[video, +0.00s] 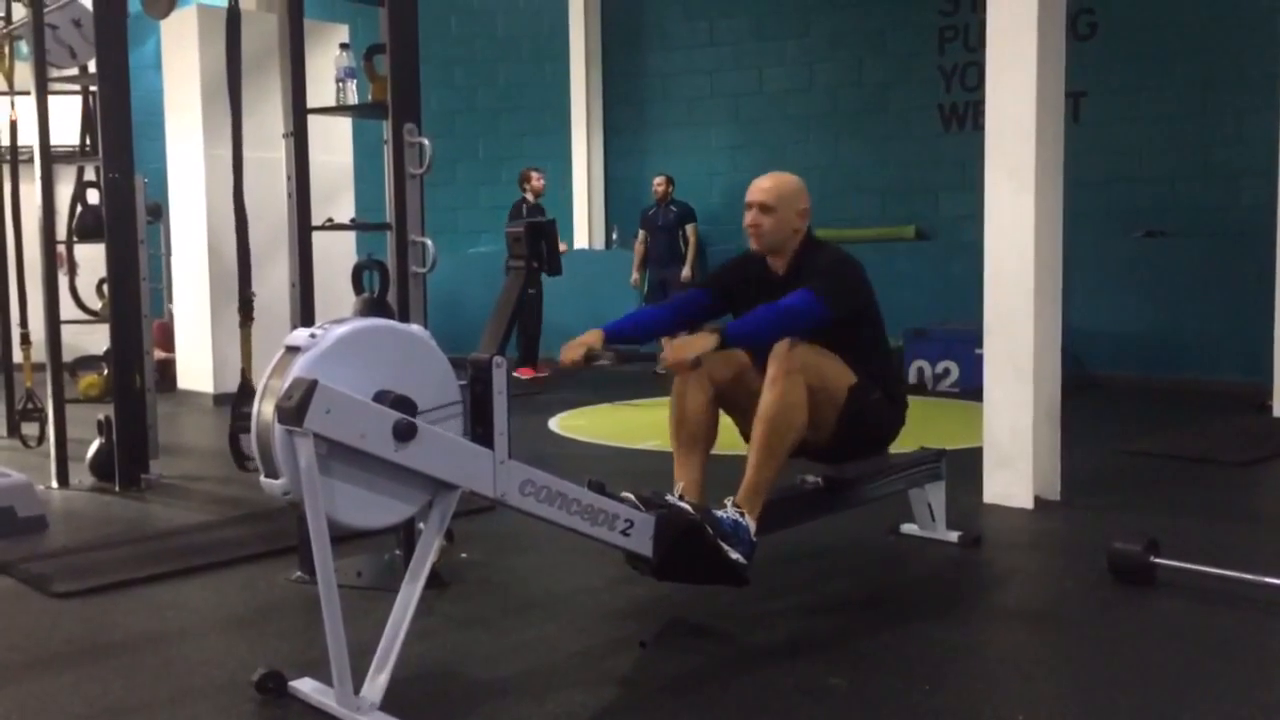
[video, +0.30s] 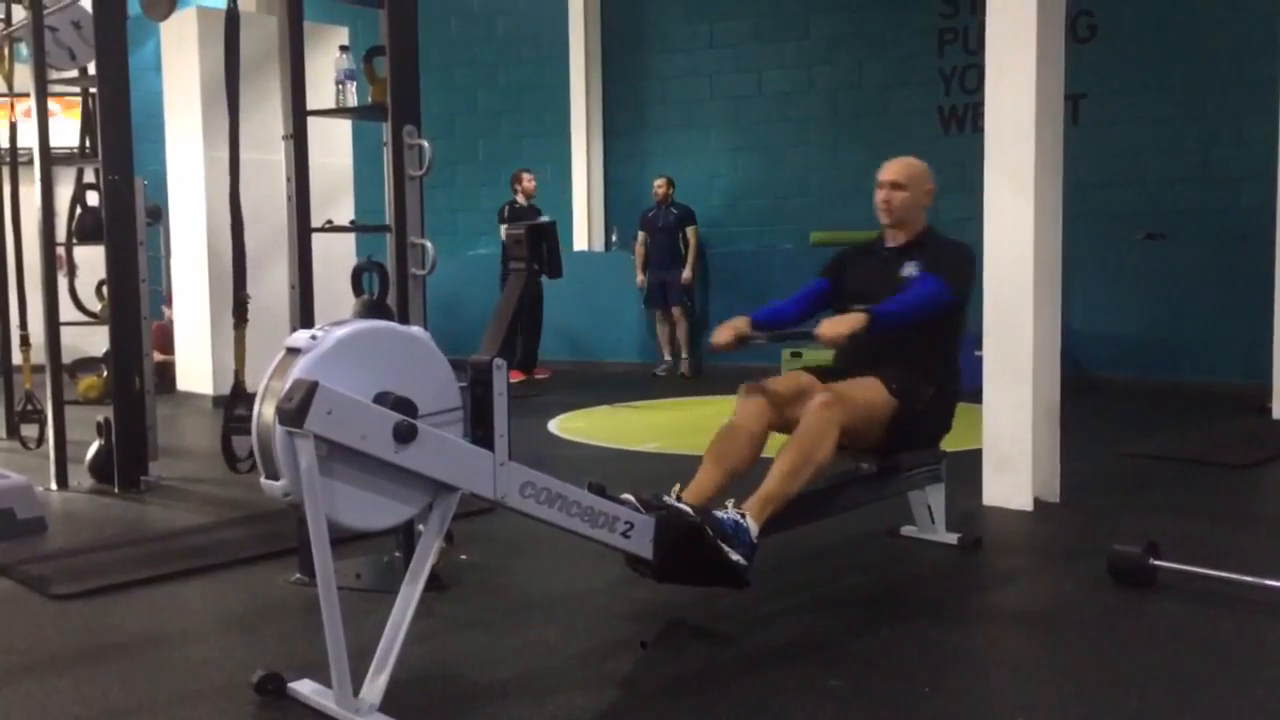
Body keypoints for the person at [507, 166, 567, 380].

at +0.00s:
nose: (543, 183)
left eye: (542, 179)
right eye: (538, 180)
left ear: (536, 185)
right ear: (527, 184)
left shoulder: (538, 209)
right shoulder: (520, 208)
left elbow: (539, 240)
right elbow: (524, 241)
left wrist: (554, 247)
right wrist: (553, 248)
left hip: (535, 269)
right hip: (523, 269)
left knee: (533, 318)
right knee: (526, 318)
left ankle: (531, 363)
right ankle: (524, 364)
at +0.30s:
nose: (534, 184)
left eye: (534, 180)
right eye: (529, 181)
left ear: (530, 185)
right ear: (518, 185)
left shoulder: (535, 211)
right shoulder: (507, 209)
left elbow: (541, 239)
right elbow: (508, 237)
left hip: (533, 271)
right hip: (513, 272)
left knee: (533, 319)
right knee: (512, 319)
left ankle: (529, 366)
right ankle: (510, 367)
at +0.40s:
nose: (533, 185)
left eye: (533, 182)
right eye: (529, 182)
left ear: (532, 185)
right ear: (517, 186)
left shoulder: (535, 212)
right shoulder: (506, 209)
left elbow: (540, 240)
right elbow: (510, 229)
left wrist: (543, 265)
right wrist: (528, 205)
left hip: (534, 272)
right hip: (512, 273)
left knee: (539, 320)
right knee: (510, 320)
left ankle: (531, 365)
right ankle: (510, 367)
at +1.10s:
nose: (557, 200)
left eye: (559, 197)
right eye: (556, 195)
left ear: (557, 198)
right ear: (544, 192)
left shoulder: (554, 215)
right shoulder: (525, 208)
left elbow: (554, 246)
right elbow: (536, 216)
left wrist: (557, 272)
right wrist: (543, 196)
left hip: (552, 274)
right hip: (531, 274)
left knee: (548, 322)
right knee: (524, 321)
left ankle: (548, 364)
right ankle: (515, 365)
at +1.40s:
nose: (567, 206)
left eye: (569, 203)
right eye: (567, 202)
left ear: (561, 197)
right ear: (558, 195)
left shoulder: (552, 213)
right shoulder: (533, 206)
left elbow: (553, 248)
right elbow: (531, 239)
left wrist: (559, 273)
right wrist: (560, 224)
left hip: (554, 275)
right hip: (536, 275)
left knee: (550, 322)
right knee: (532, 321)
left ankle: (548, 363)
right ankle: (526, 364)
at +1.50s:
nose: (571, 204)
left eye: (573, 200)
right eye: (570, 199)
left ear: (563, 195)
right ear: (561, 194)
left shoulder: (558, 213)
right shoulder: (534, 206)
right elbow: (530, 242)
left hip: (554, 272)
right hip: (535, 273)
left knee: (550, 321)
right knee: (532, 320)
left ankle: (546, 362)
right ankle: (526, 363)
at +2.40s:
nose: (556, 200)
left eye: (557, 196)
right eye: (555, 195)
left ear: (547, 194)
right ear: (544, 193)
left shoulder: (546, 214)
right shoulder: (527, 214)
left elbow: (548, 243)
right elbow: (527, 247)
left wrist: (565, 241)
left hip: (551, 277)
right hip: (533, 279)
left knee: (550, 324)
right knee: (528, 325)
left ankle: (548, 365)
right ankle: (524, 368)